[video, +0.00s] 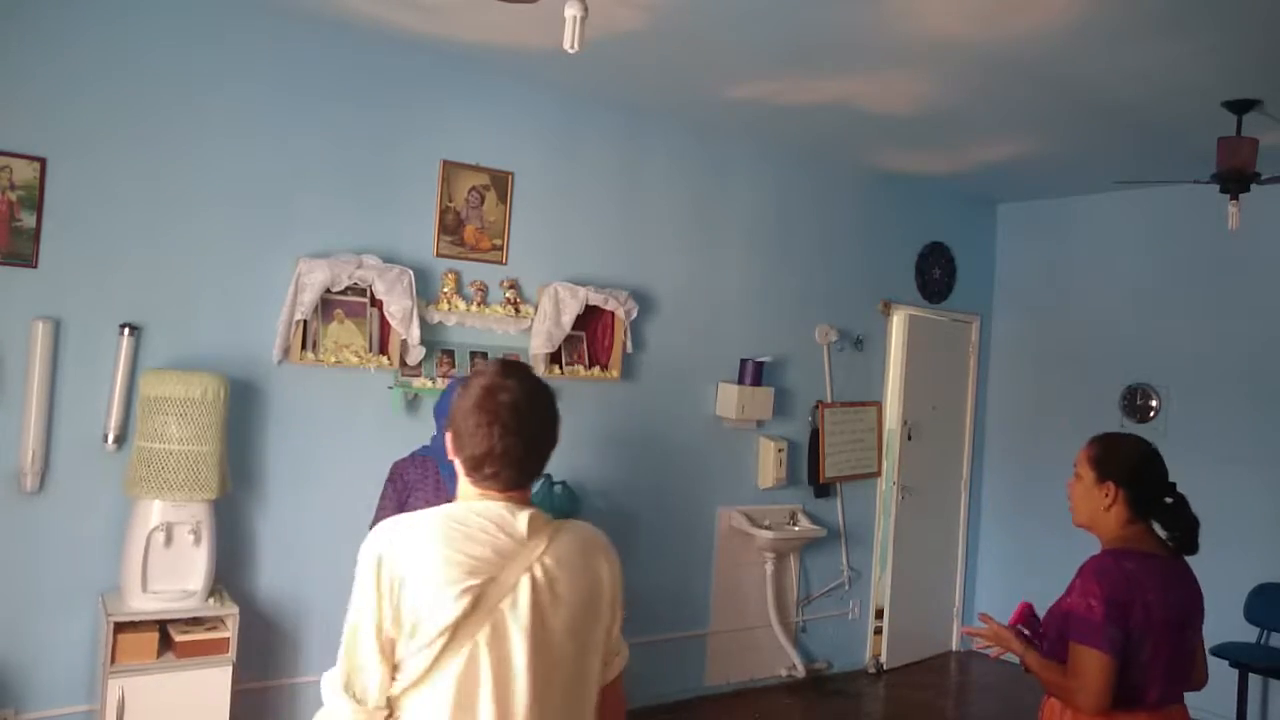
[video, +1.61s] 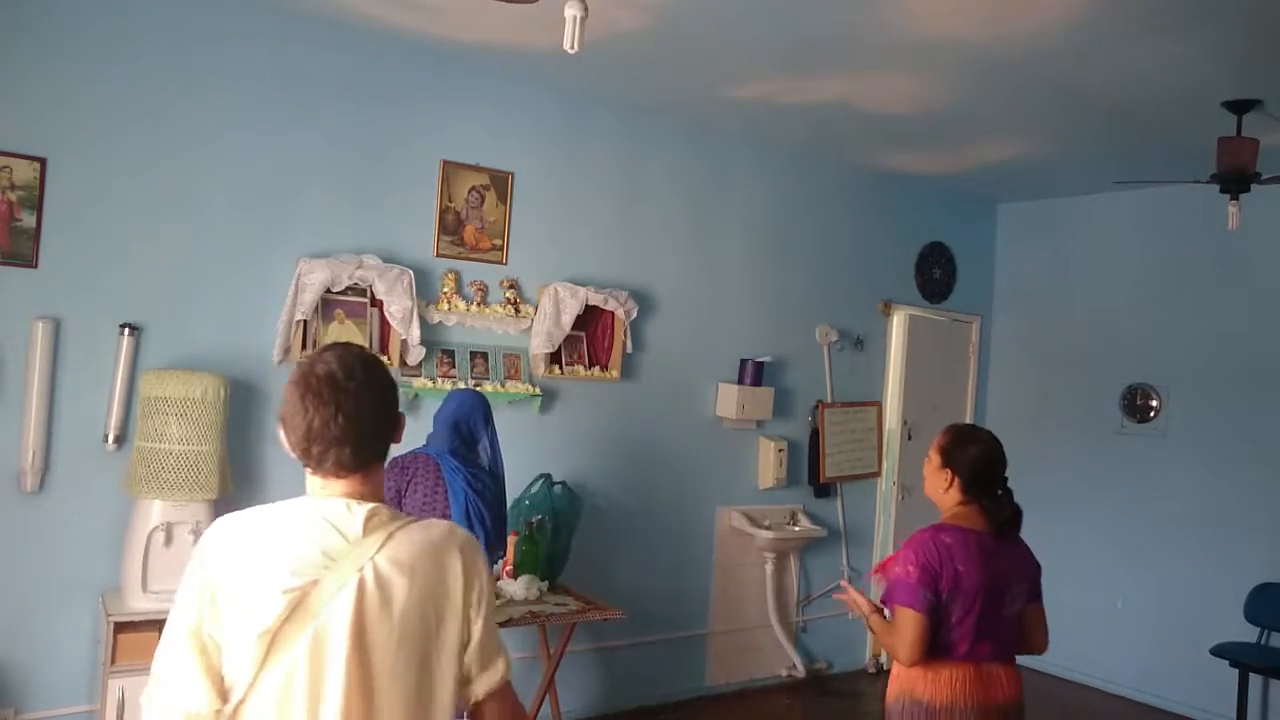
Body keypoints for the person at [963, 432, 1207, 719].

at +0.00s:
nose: (1067, 488)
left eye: (1077, 476)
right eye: (1073, 476)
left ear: (1107, 494)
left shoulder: (1101, 575)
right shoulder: (1176, 569)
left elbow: (1089, 697)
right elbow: (1195, 676)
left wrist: (1021, 649)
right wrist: (1055, 648)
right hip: (1168, 711)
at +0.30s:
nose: (1043, 480)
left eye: (1053, 470)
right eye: (1049, 469)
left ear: (1081, 492)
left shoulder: (1071, 571)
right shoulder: (1148, 567)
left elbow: (1063, 692)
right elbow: (1170, 667)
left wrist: (993, 645)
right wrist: (1043, 633)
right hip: (1144, 708)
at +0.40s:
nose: (1030, 480)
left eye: (1040, 471)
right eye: (1036, 469)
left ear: (1068, 492)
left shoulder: (1053, 571)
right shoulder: (1134, 569)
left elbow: (1040, 689)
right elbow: (1153, 667)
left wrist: (976, 639)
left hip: (1047, 712)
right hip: (1123, 708)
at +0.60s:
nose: (1002, 471)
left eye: (1011, 465)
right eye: (1008, 462)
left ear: (1038, 489)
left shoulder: (1020, 565)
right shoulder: (1105, 565)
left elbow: (1001, 680)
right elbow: (1122, 661)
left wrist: (946, 633)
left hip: (1014, 707)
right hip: (1083, 704)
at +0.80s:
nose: (978, 474)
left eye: (986, 469)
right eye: (983, 467)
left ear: (1011, 493)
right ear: (1052, 493)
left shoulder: (987, 567)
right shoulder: (1082, 570)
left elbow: (963, 678)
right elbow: (1100, 665)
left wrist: (915, 630)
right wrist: (1027, 650)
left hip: (983, 708)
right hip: (1058, 708)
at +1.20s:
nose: (941, 470)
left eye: (948, 464)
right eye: (945, 462)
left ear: (970, 485)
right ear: (1010, 481)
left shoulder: (949, 553)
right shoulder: (1048, 556)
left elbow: (928, 666)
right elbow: (1070, 652)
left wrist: (891, 624)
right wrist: (1003, 644)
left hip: (954, 701)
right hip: (1027, 700)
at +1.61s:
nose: (923, 466)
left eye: (929, 459)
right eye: (927, 458)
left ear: (947, 479)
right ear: (989, 479)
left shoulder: (924, 548)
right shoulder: (1017, 549)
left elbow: (908, 652)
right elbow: (1036, 641)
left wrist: (869, 613)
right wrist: (976, 636)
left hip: (931, 691)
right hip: (1000, 689)